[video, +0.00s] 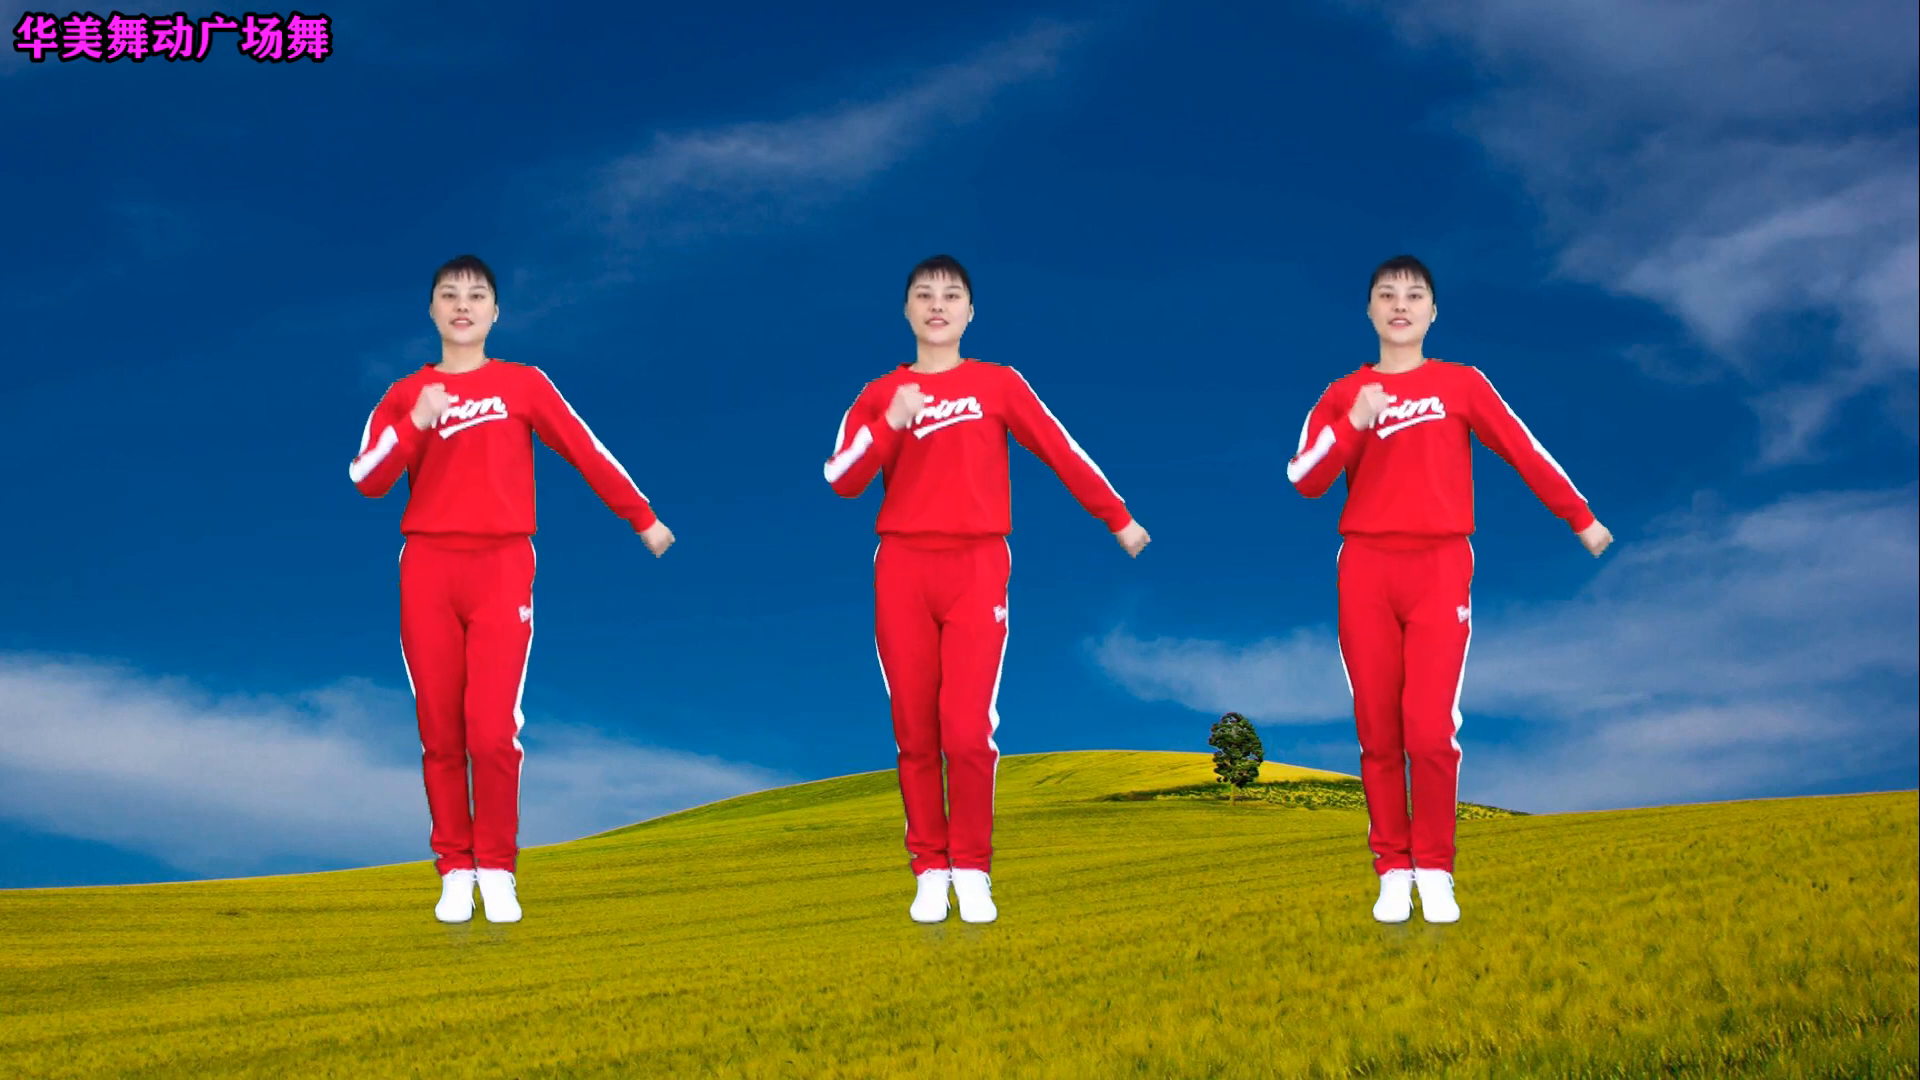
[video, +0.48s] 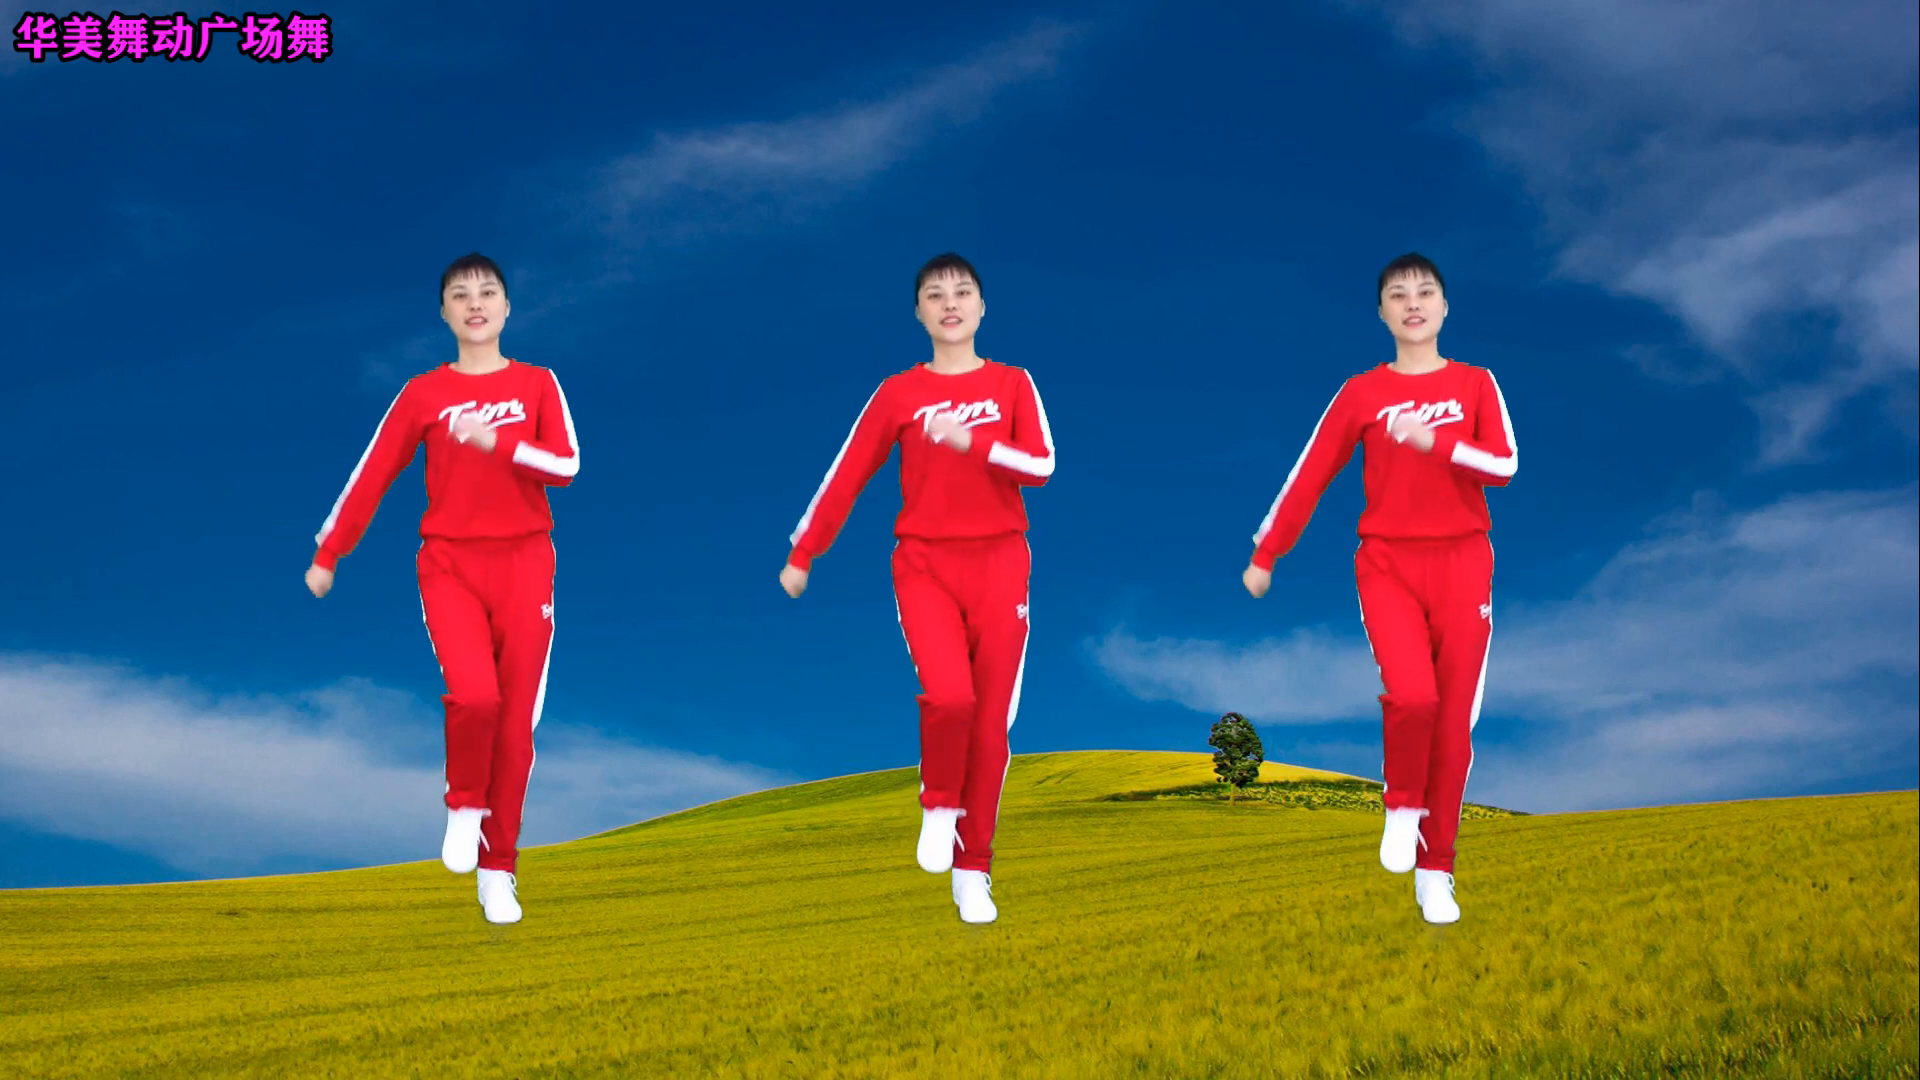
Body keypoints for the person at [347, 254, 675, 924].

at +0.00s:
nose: (462, 305)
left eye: (476, 296)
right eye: (450, 296)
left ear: (494, 311)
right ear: (432, 311)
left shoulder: (524, 383)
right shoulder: (404, 394)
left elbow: (587, 451)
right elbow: (368, 482)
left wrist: (644, 517)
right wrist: (414, 425)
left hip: (504, 566)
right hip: (427, 567)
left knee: (492, 731)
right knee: (440, 732)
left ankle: (496, 869)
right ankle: (455, 868)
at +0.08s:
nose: (465, 307)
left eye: (478, 298)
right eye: (451, 298)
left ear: (496, 314)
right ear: (434, 314)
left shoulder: (528, 388)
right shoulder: (408, 399)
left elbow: (587, 464)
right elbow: (381, 489)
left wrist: (643, 532)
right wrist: (431, 461)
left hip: (506, 570)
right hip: (430, 571)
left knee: (496, 731)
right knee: (441, 732)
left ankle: (494, 870)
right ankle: (455, 869)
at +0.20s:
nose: (467, 306)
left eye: (480, 296)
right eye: (455, 296)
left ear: (499, 309)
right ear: (438, 311)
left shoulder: (530, 385)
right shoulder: (415, 395)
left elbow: (565, 476)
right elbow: (406, 479)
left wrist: (591, 564)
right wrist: (437, 541)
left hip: (517, 567)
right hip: (441, 570)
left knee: (509, 727)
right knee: (451, 723)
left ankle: (498, 868)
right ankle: (457, 855)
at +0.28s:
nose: (471, 317)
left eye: (483, 308)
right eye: (458, 308)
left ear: (501, 321)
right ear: (441, 323)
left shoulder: (532, 397)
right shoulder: (417, 408)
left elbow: (544, 491)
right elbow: (409, 503)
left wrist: (538, 578)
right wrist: (408, 589)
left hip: (520, 579)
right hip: (447, 580)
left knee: (514, 729)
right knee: (461, 714)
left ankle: (496, 869)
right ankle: (459, 812)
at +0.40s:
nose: (475, 319)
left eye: (486, 309)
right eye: (462, 310)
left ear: (504, 320)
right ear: (445, 325)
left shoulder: (535, 399)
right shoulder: (420, 409)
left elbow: (552, 478)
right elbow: (384, 499)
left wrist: (487, 495)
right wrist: (357, 584)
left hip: (526, 576)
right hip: (450, 577)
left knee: (522, 727)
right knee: (476, 693)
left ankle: (497, 868)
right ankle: (465, 793)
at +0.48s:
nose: (476, 305)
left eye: (487, 294)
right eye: (462, 297)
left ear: (506, 307)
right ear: (445, 313)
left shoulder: (538, 383)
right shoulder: (423, 393)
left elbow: (566, 466)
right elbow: (371, 473)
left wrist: (500, 440)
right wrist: (327, 554)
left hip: (524, 562)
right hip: (448, 563)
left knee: (518, 718)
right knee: (475, 696)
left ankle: (500, 866)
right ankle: (466, 807)